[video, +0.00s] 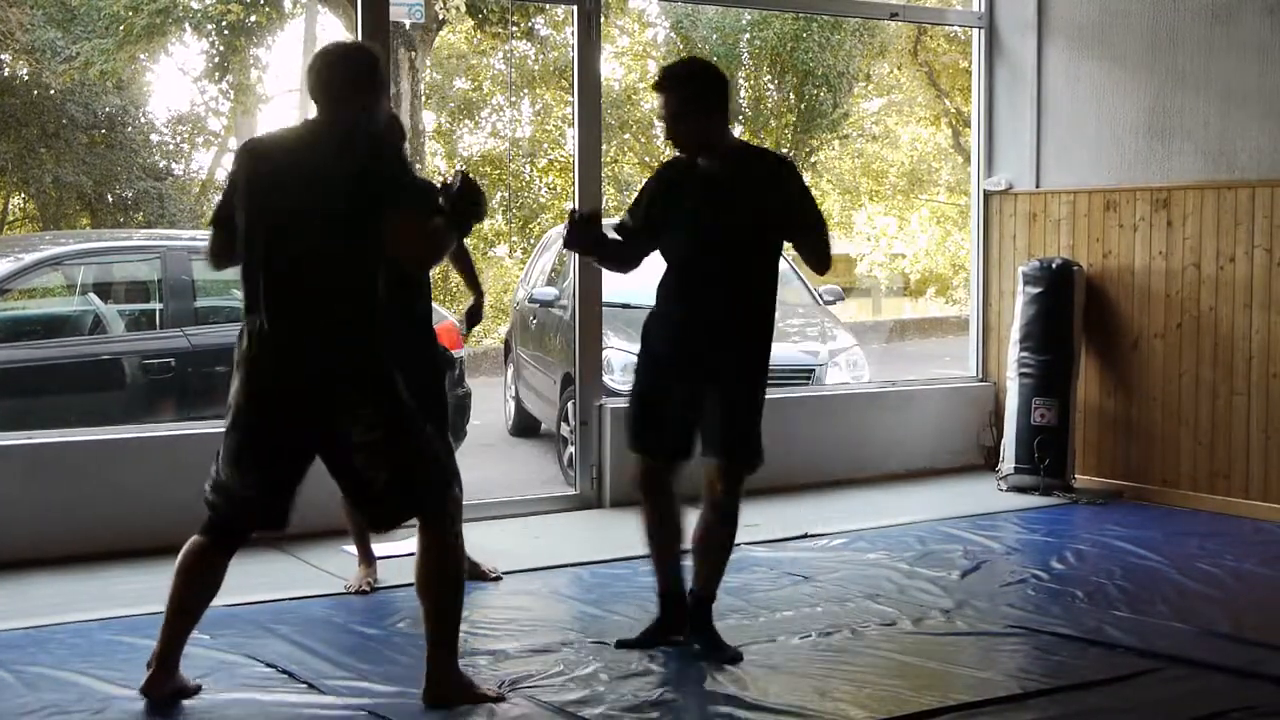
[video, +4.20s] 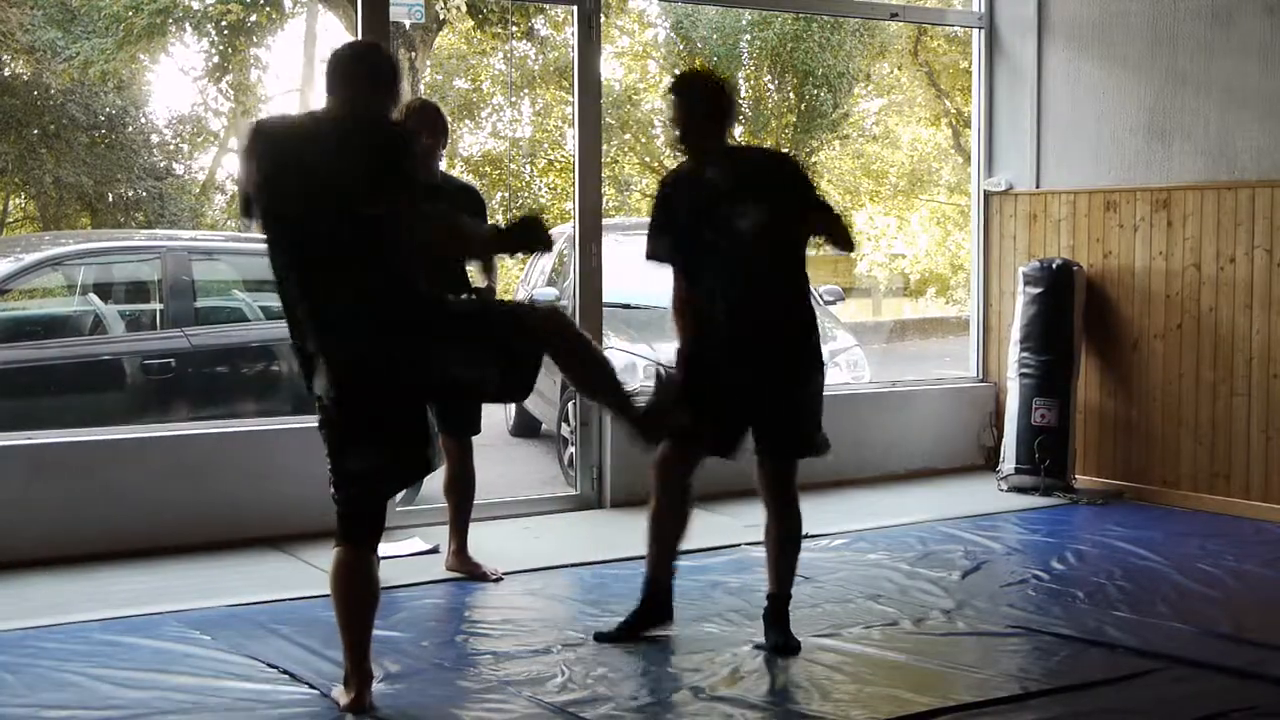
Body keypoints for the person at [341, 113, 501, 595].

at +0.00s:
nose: (396, 141)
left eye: (398, 133)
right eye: (387, 132)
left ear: (403, 142)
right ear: (366, 139)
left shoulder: (413, 193)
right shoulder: (336, 196)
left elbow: (450, 240)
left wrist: (478, 294)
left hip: (411, 337)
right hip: (348, 339)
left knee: (434, 444)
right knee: (348, 455)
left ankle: (449, 550)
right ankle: (365, 560)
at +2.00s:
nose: (433, 140)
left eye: (438, 131)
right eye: (424, 131)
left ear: (447, 137)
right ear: (403, 137)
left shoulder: (466, 198)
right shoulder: (375, 200)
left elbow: (487, 256)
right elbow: (348, 271)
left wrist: (490, 290)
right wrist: (348, 330)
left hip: (450, 334)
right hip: (393, 336)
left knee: (458, 445)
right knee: (376, 446)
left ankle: (457, 552)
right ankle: (368, 561)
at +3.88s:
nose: (429, 142)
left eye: (436, 132)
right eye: (420, 132)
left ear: (446, 138)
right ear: (400, 136)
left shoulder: (462, 196)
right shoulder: (379, 189)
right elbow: (361, 258)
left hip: (452, 329)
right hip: (391, 326)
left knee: (456, 443)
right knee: (381, 435)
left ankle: (457, 550)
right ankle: (363, 548)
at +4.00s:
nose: (427, 143)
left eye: (435, 134)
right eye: (418, 133)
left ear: (447, 140)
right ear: (398, 137)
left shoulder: (464, 198)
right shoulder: (376, 189)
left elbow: (487, 264)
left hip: (450, 331)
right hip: (391, 328)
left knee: (456, 446)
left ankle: (457, 549)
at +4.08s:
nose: (428, 144)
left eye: (435, 133)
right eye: (418, 133)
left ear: (447, 139)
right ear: (398, 136)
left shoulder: (464, 198)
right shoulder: (376, 186)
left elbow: (483, 268)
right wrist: (482, 267)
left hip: (451, 331)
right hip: (393, 326)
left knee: (456, 446)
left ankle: (457, 549)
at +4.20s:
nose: (429, 144)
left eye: (434, 134)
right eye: (422, 134)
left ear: (444, 138)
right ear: (406, 134)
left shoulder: (463, 195)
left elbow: (485, 264)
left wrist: (489, 298)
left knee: (457, 444)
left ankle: (458, 549)